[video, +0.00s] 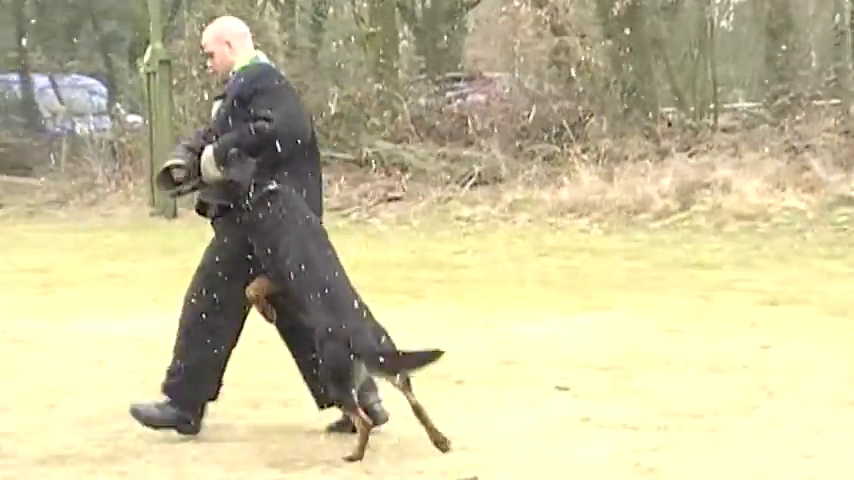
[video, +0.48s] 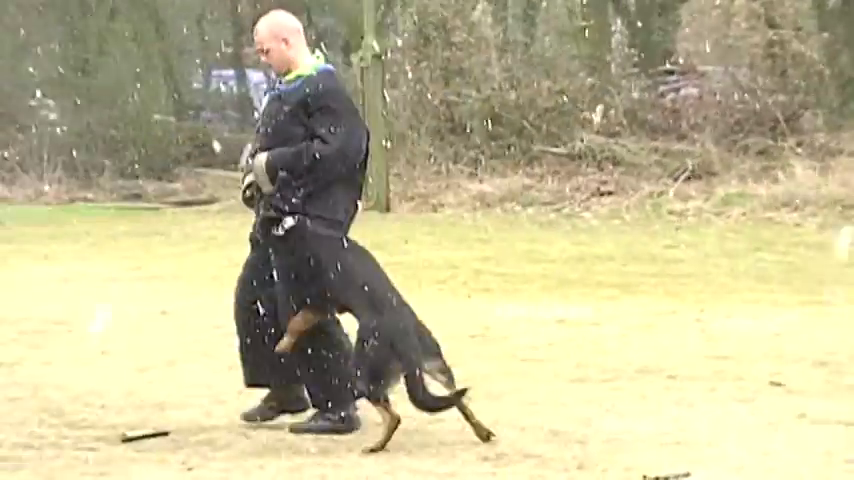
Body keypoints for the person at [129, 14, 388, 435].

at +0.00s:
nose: (208, 63)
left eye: (211, 54)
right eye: (206, 55)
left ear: (231, 46)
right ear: (232, 46)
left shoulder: (259, 79)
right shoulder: (236, 92)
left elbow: (284, 127)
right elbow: (213, 135)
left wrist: (222, 154)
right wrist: (187, 157)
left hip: (271, 218)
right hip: (247, 218)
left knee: (208, 304)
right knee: (299, 313)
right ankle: (357, 400)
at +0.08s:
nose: (211, 64)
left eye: (213, 55)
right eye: (209, 57)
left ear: (233, 47)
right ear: (233, 47)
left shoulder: (259, 81)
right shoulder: (239, 87)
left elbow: (275, 130)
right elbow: (221, 133)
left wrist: (219, 156)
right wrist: (193, 152)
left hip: (259, 226)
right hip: (245, 223)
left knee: (210, 309)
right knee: (315, 310)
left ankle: (177, 405)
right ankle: (380, 388)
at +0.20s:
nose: (230, 67)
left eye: (233, 59)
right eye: (229, 60)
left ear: (254, 53)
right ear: (259, 52)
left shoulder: (275, 93)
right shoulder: (267, 94)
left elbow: (294, 145)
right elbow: (262, 149)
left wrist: (238, 169)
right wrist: (228, 170)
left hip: (267, 231)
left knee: (226, 310)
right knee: (324, 310)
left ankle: (232, 412)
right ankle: (418, 361)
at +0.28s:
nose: (230, 65)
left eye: (232, 56)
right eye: (228, 58)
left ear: (254, 49)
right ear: (254, 49)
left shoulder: (280, 87)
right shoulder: (264, 90)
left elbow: (305, 139)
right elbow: (263, 144)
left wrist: (244, 169)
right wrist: (230, 170)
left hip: (266, 224)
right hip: (254, 220)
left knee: (243, 313)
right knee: (241, 312)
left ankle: (259, 410)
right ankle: (256, 402)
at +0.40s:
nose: (249, 59)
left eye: (252, 50)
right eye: (246, 52)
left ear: (273, 42)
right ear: (271, 43)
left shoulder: (308, 83)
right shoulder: (277, 91)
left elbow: (340, 141)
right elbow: (273, 154)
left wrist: (271, 162)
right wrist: (249, 187)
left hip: (305, 216)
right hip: (277, 215)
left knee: (282, 306)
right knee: (263, 303)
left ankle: (311, 409)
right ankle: (335, 376)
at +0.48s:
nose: (261, 60)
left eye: (264, 50)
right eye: (259, 52)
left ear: (288, 42)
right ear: (281, 44)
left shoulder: (324, 87)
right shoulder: (283, 92)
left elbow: (340, 150)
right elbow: (273, 141)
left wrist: (273, 162)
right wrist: (254, 159)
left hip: (312, 219)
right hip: (278, 218)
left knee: (305, 312)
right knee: (253, 300)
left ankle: (338, 408)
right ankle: (285, 391)